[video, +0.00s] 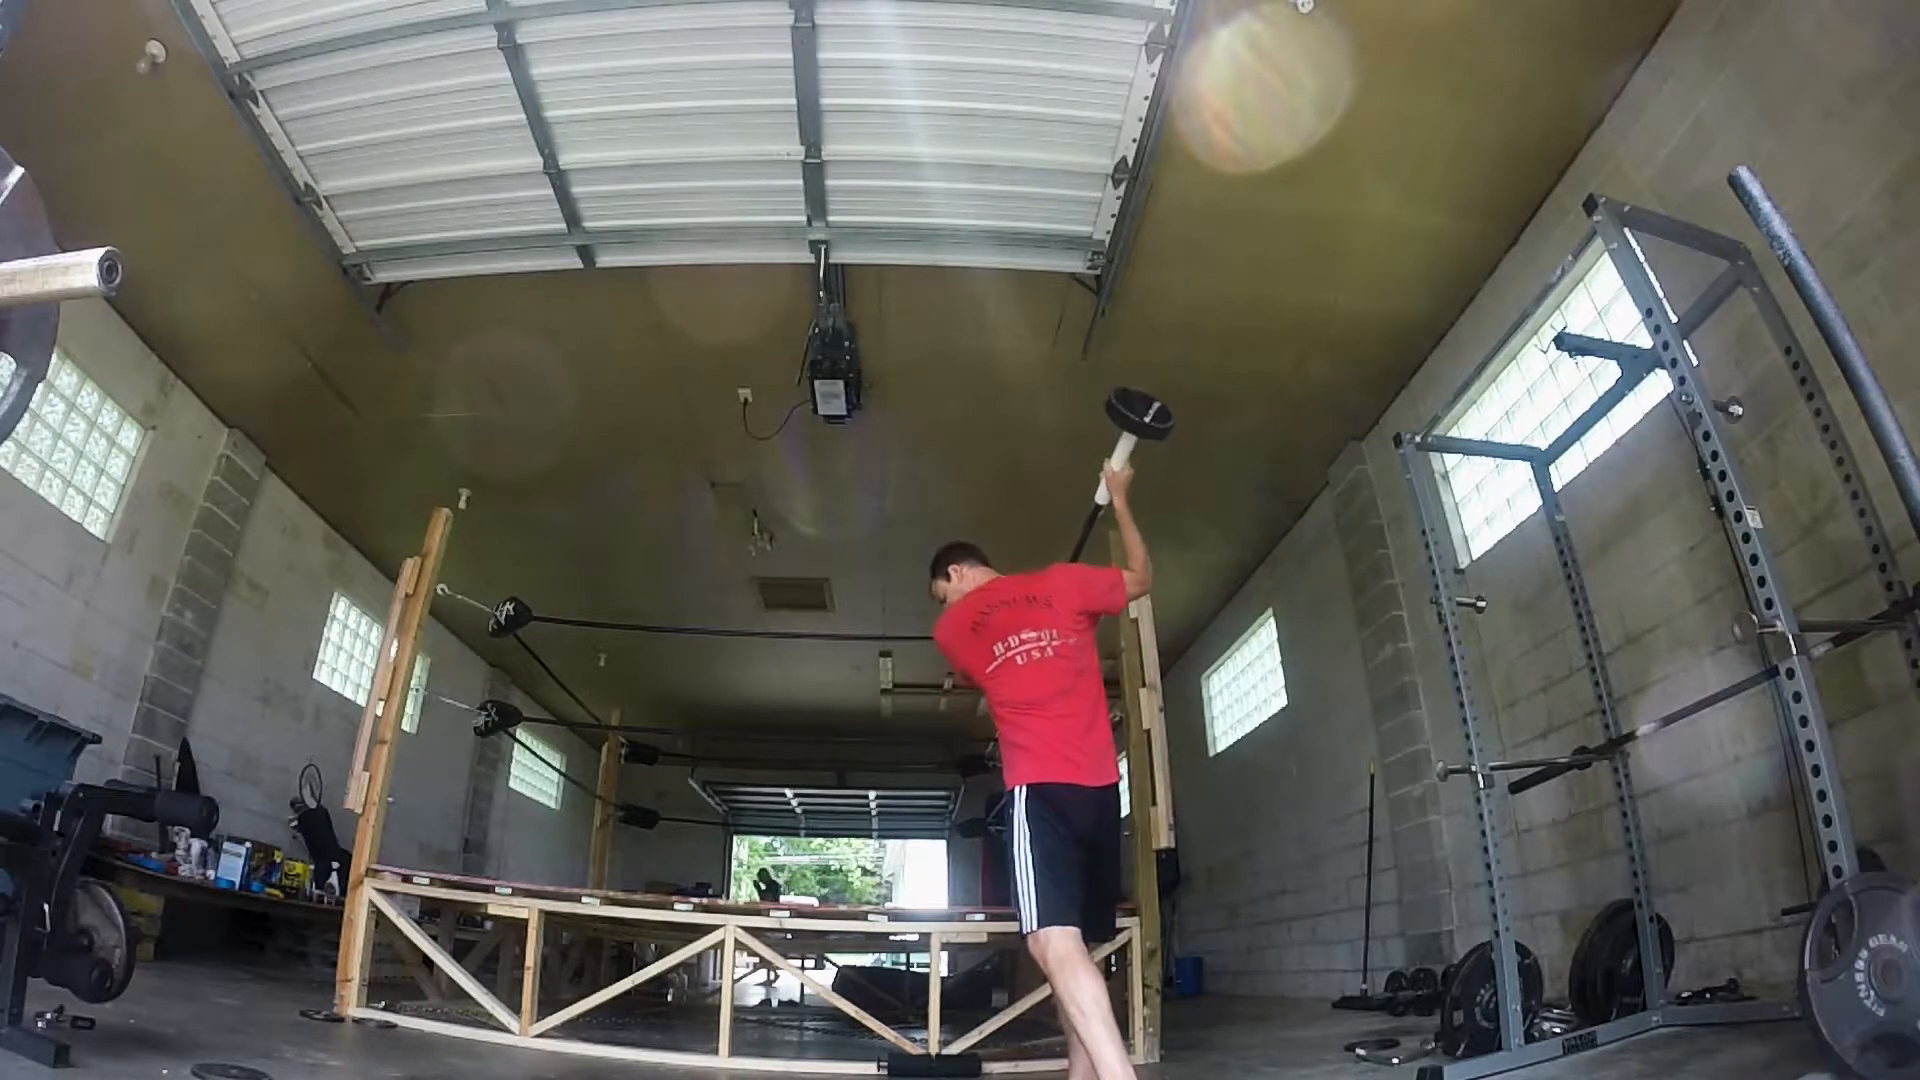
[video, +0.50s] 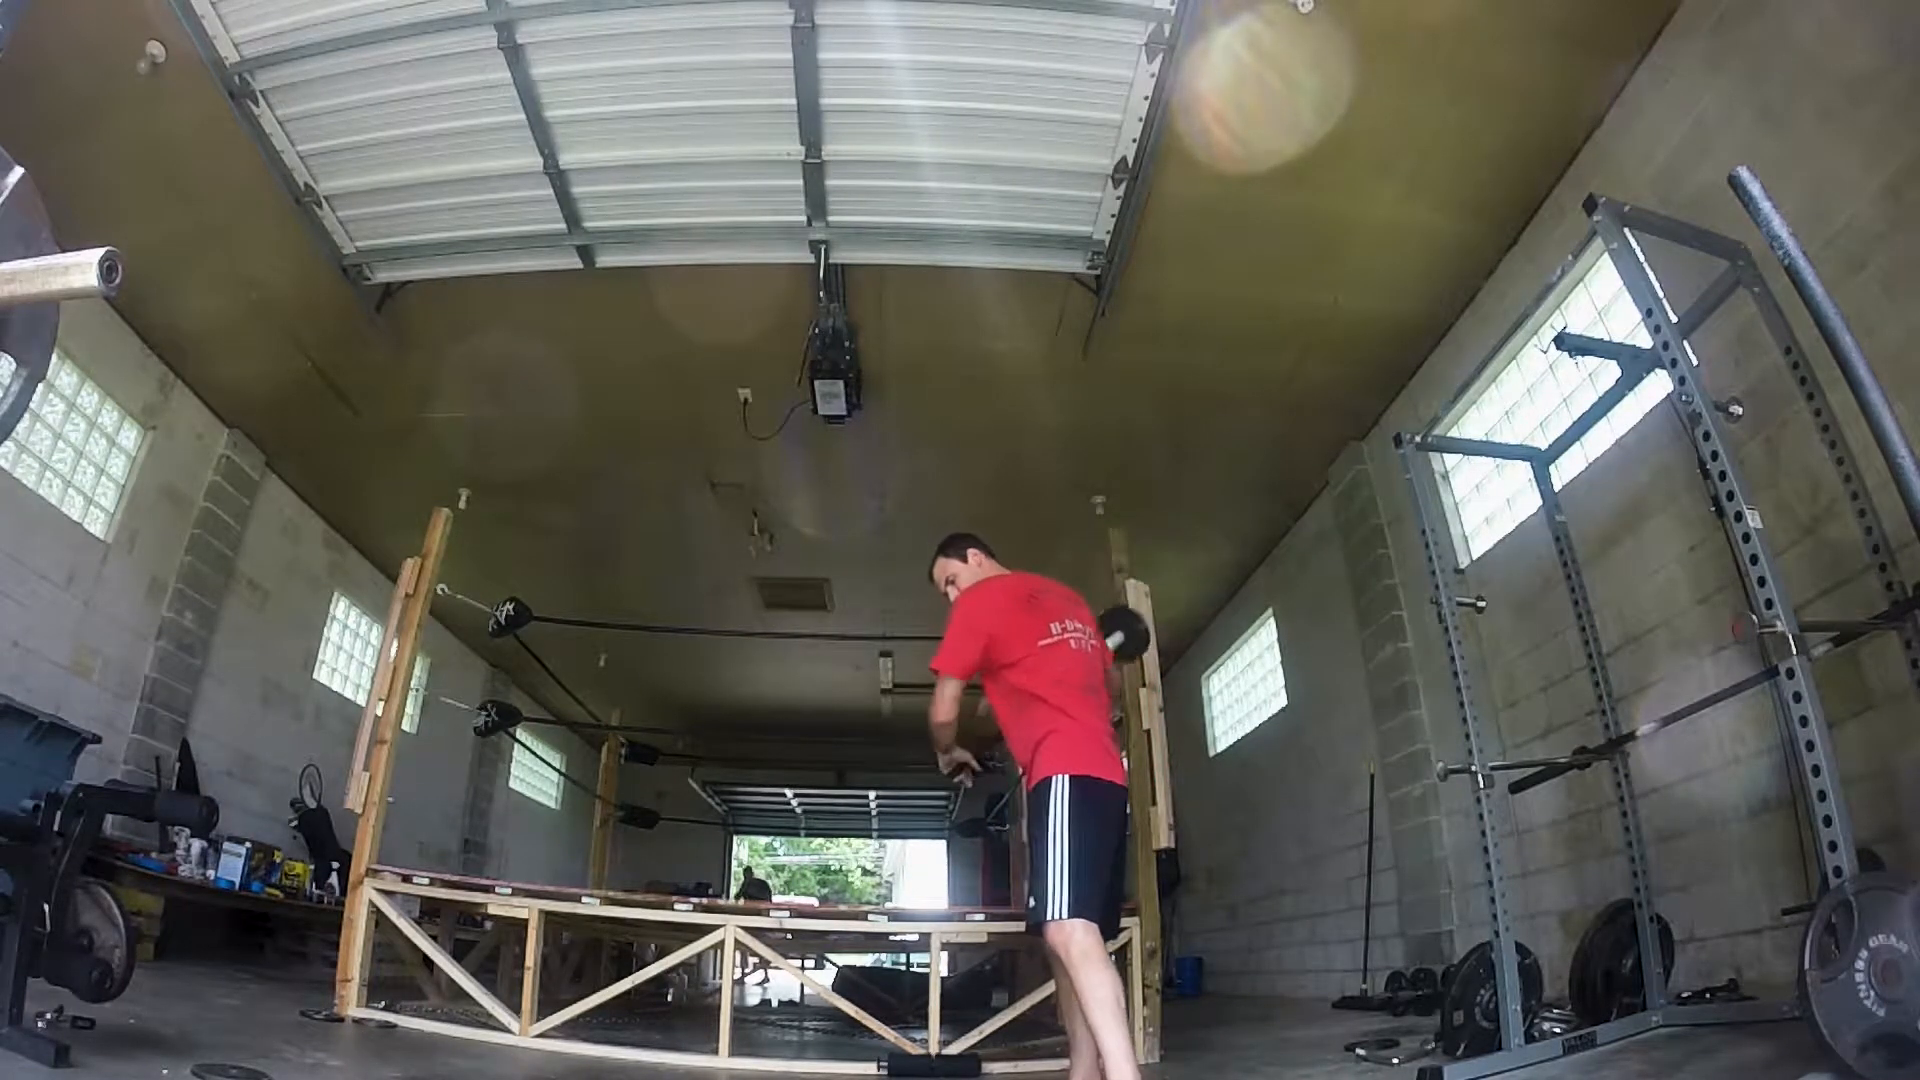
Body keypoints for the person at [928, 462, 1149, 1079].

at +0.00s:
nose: (945, 606)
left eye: (941, 595)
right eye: (941, 598)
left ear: (957, 576)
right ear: (984, 568)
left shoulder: (954, 627)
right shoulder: (1063, 579)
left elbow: (983, 675)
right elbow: (1139, 578)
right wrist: (1120, 502)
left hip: (1038, 791)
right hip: (1102, 788)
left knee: (1055, 942)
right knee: (1080, 945)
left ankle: (1120, 1076)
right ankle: (1081, 1073)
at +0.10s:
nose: (941, 606)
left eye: (938, 596)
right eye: (938, 598)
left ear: (956, 573)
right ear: (981, 566)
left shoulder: (958, 619)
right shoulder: (1068, 583)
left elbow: (965, 682)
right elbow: (1137, 595)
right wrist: (1122, 520)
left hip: (1041, 785)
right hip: (1102, 785)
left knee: (1055, 940)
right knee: (1080, 942)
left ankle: (1119, 1075)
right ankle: (1081, 1073)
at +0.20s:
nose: (944, 604)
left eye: (941, 593)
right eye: (940, 599)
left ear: (961, 568)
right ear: (980, 567)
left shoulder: (958, 617)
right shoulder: (1070, 587)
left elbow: (959, 700)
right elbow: (1132, 616)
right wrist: (1121, 545)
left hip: (1045, 779)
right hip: (1101, 783)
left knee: (1055, 938)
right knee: (1067, 938)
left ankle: (1120, 1074)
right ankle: (1082, 1071)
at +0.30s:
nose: (941, 600)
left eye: (940, 589)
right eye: (937, 594)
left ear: (963, 563)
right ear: (980, 564)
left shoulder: (963, 611)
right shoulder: (1070, 591)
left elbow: (948, 700)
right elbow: (1124, 635)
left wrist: (985, 708)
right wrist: (1119, 578)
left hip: (1049, 775)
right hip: (1100, 779)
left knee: (1056, 931)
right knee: (1073, 938)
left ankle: (1121, 1074)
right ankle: (1082, 1073)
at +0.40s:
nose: (946, 598)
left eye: (943, 586)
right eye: (940, 592)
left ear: (965, 558)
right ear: (982, 560)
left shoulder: (967, 605)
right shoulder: (1068, 595)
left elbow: (939, 710)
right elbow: (1117, 656)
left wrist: (961, 731)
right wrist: (1107, 612)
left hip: (1055, 774)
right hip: (1101, 777)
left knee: (1061, 929)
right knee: (1074, 936)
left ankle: (1122, 1074)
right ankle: (1083, 1073)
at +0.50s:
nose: (951, 597)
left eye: (949, 584)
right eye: (945, 591)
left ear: (972, 557)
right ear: (986, 558)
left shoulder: (979, 601)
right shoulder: (1066, 594)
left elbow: (942, 714)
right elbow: (1111, 678)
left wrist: (948, 752)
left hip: (1065, 772)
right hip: (1104, 771)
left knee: (1070, 930)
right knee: (1072, 934)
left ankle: (1124, 1073)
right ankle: (1083, 1072)